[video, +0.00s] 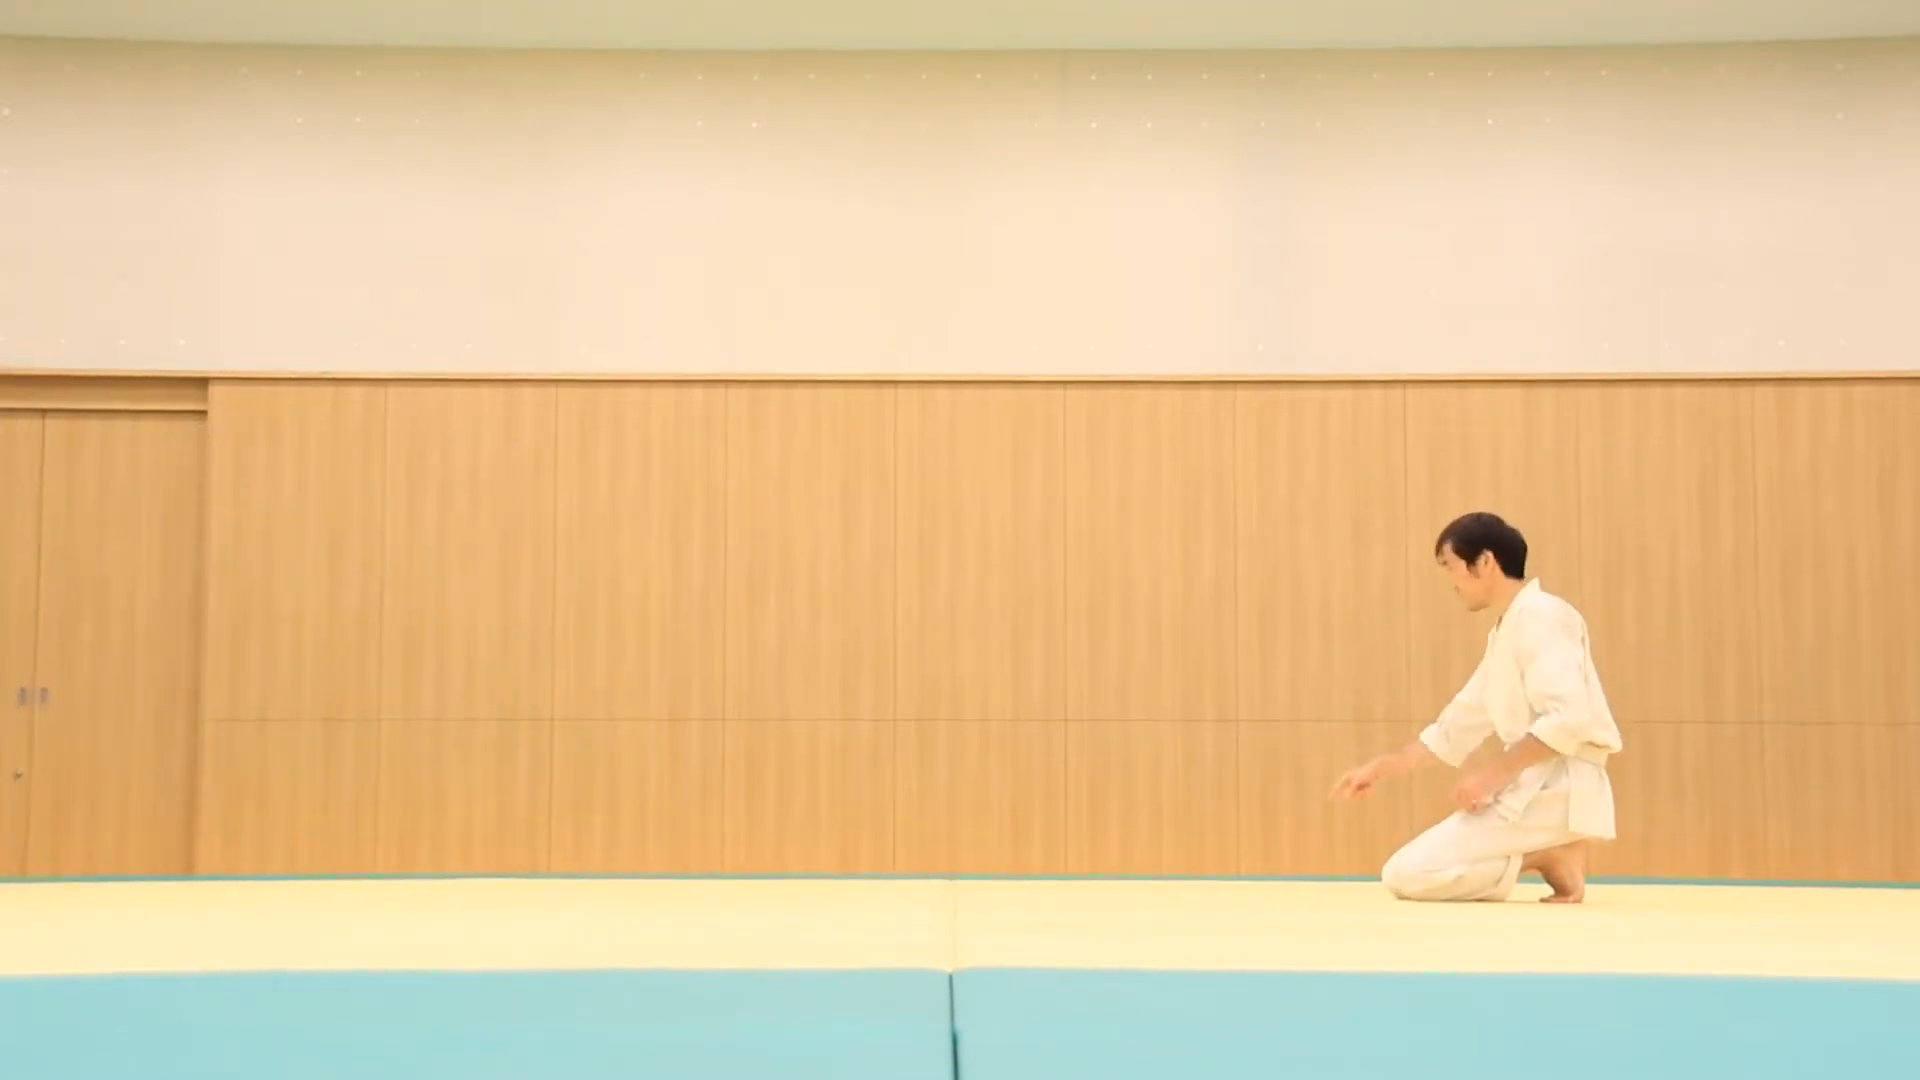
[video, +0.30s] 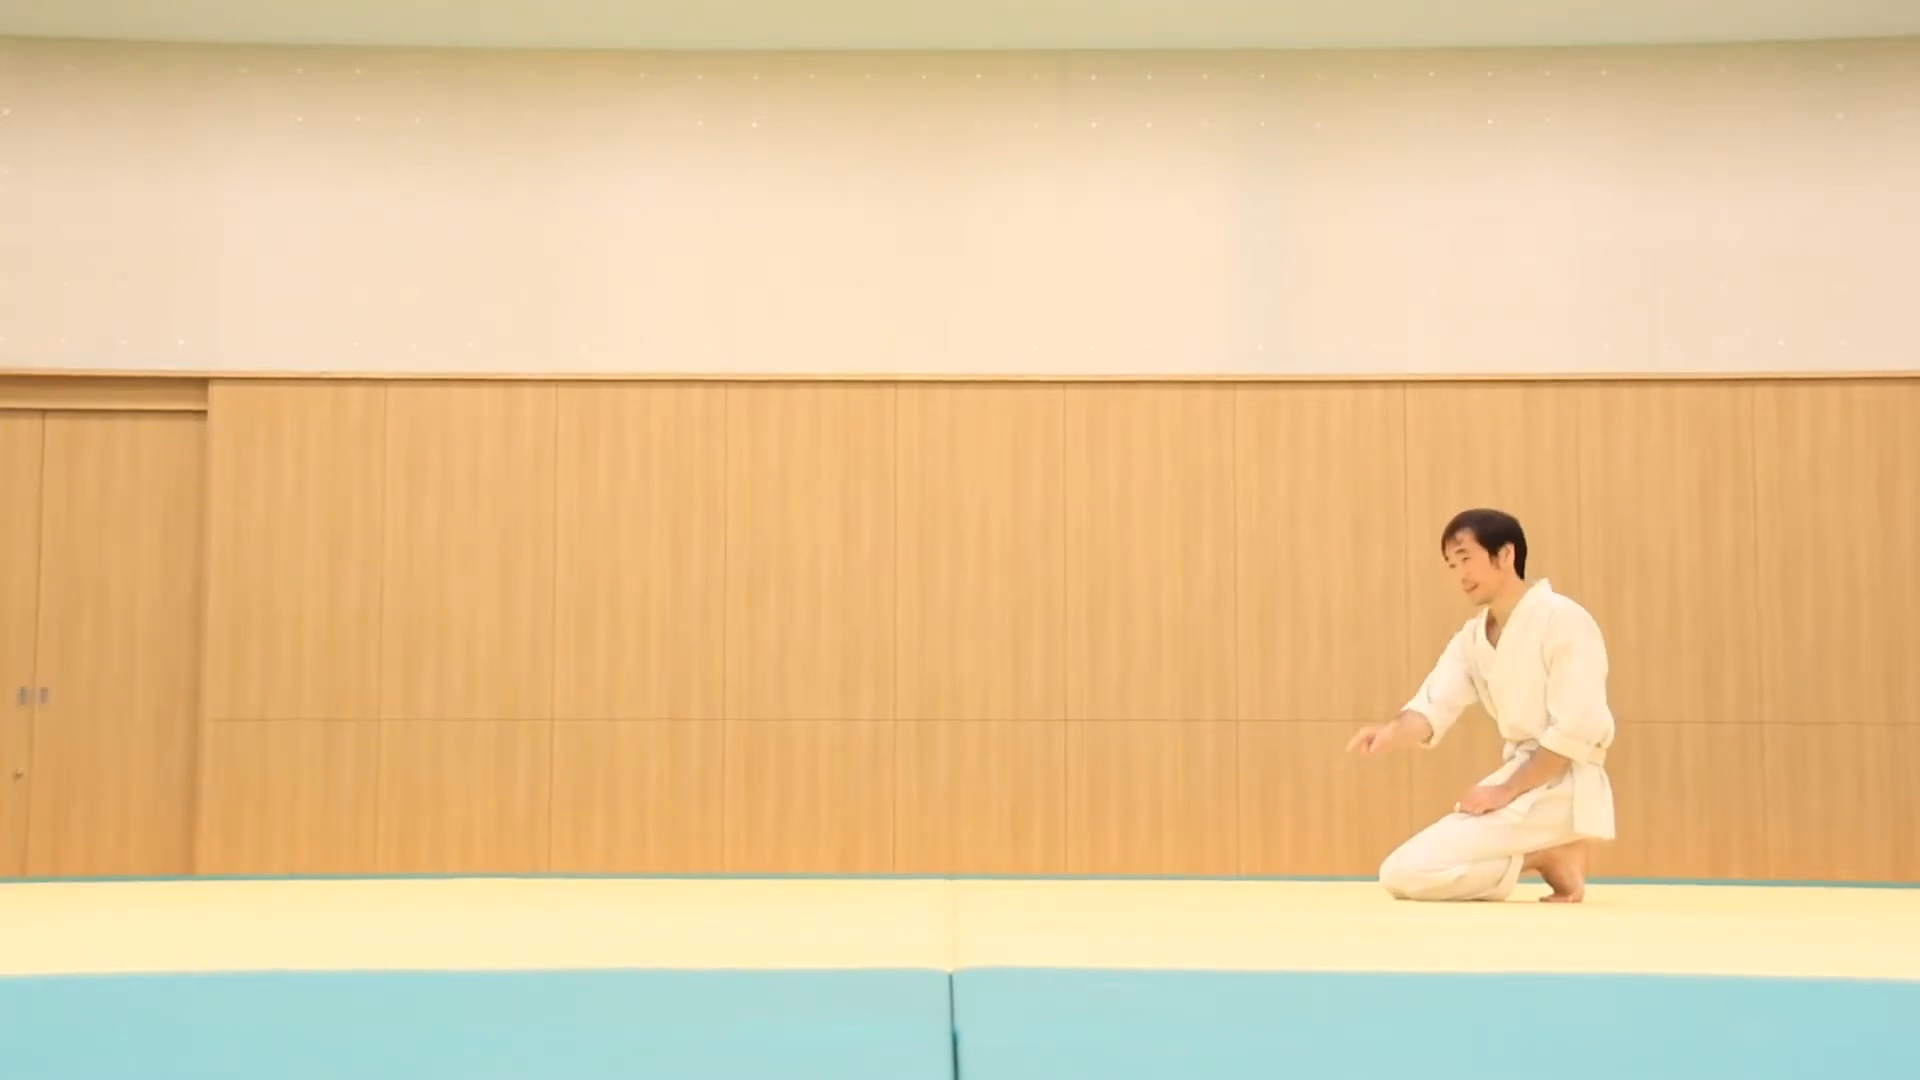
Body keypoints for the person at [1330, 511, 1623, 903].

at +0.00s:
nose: (1451, 582)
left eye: (1451, 568)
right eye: (1446, 571)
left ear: (1487, 564)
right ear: (1487, 566)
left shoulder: (1541, 616)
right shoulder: (1508, 629)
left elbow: (1570, 719)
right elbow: (1460, 722)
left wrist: (1494, 774)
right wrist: (1381, 769)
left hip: (1560, 794)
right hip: (1537, 789)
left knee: (1407, 877)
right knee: (1406, 873)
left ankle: (1549, 855)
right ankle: (1546, 857)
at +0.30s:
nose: (1458, 575)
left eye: (1465, 559)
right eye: (1453, 565)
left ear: (1506, 555)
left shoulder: (1564, 621)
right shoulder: (1474, 637)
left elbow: (1578, 728)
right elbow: (1433, 705)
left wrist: (1506, 789)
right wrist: (1392, 734)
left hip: (1566, 789)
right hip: (1516, 784)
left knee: (1405, 875)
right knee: (1401, 874)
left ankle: (1548, 857)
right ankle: (1546, 857)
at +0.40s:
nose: (1455, 574)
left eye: (1462, 558)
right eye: (1449, 565)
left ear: (1503, 555)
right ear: (1446, 569)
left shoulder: (1559, 621)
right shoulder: (1471, 633)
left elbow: (1575, 728)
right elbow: (1442, 696)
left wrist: (1501, 792)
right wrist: (1425, 697)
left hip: (1563, 788)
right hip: (1513, 780)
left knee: (1404, 875)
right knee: (1398, 874)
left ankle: (1547, 855)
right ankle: (1543, 856)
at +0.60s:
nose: (1450, 571)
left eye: (1458, 555)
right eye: (1445, 561)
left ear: (1499, 553)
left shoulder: (1559, 619)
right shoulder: (1467, 628)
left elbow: (1574, 726)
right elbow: (1425, 687)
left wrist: (1505, 794)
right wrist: (1395, 669)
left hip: (1565, 786)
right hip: (1514, 777)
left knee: (1405, 875)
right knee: (1396, 875)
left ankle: (1548, 855)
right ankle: (1543, 856)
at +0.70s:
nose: (1448, 569)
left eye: (1454, 554)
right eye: (1444, 558)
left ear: (1495, 553)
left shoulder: (1557, 621)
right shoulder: (1470, 626)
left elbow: (1563, 733)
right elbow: (1412, 654)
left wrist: (1497, 794)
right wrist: (1354, 654)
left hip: (1562, 789)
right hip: (1515, 779)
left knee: (1405, 875)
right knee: (1399, 873)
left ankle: (1548, 855)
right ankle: (1545, 854)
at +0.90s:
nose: (1444, 569)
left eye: (1450, 554)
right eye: (1443, 556)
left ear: (1490, 555)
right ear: (1483, 559)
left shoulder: (1556, 621)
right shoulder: (1471, 626)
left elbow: (1566, 734)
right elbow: (1393, 663)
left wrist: (1499, 795)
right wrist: (1308, 666)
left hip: (1563, 789)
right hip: (1515, 781)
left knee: (1409, 876)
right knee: (1398, 874)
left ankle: (1549, 856)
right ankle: (1546, 858)